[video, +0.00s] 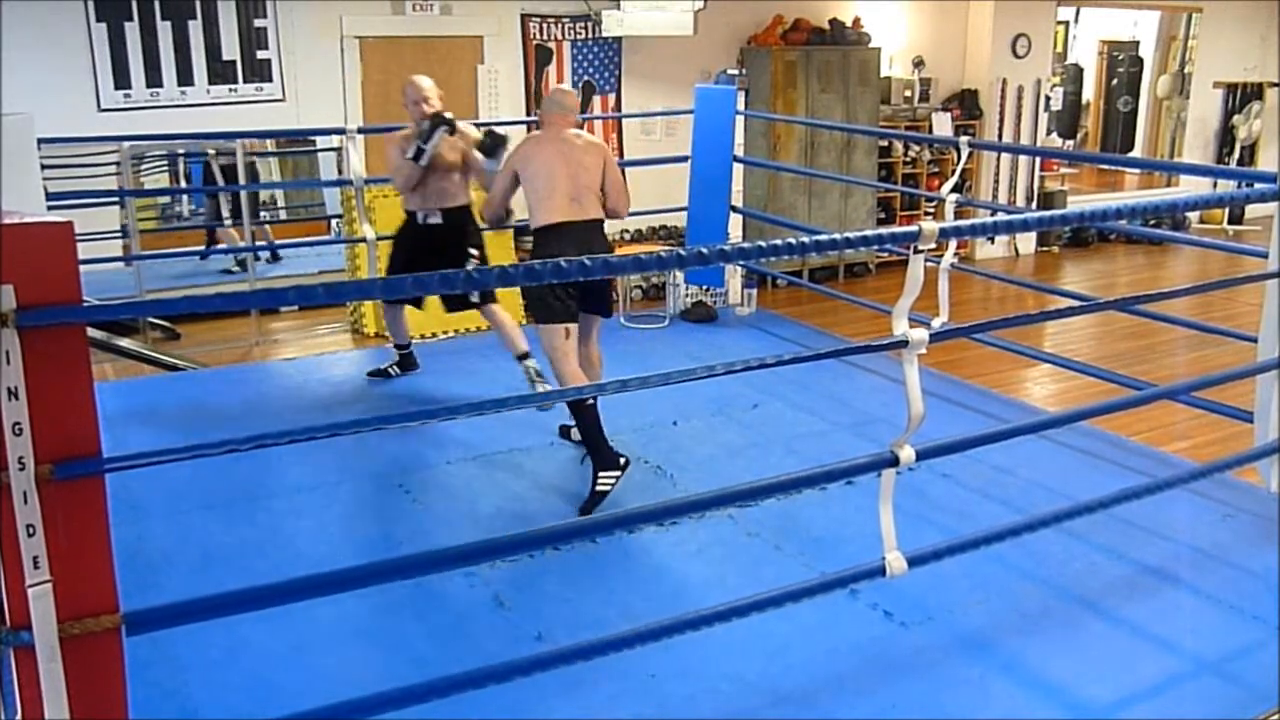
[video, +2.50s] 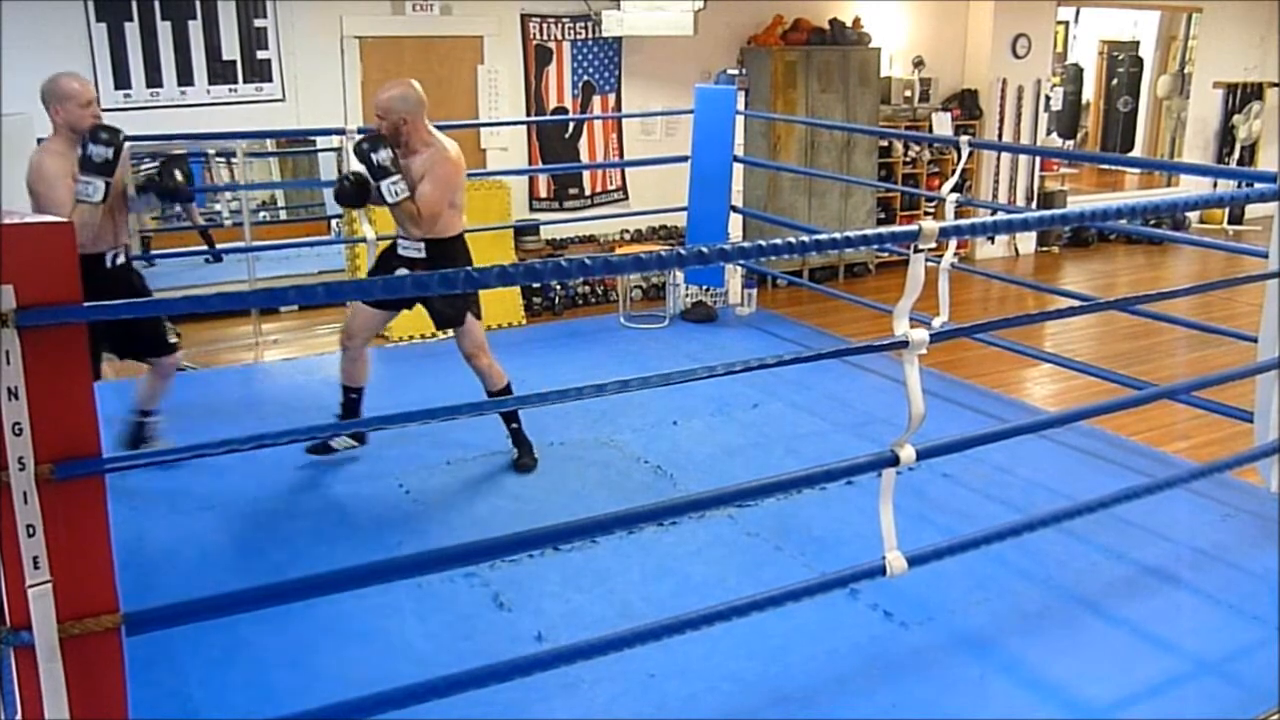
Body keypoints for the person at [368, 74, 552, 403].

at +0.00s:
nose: (422, 109)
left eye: (426, 101)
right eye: (415, 104)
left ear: (441, 99)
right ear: (405, 108)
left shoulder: (462, 133)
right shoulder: (399, 141)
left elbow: (488, 181)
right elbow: (403, 184)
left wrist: (492, 156)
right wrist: (425, 143)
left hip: (459, 224)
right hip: (417, 227)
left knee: (485, 302)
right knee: (391, 297)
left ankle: (531, 369)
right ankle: (405, 358)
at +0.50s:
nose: (361, 91)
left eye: (365, 83)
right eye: (353, 85)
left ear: (375, 84)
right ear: (342, 88)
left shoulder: (394, 122)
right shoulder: (331, 124)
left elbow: (415, 181)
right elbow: (322, 177)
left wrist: (405, 157)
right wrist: (348, 147)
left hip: (386, 210)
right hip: (345, 213)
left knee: (391, 292)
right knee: (321, 289)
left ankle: (406, 359)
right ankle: (337, 348)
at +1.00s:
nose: (296, 99)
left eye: (301, 92)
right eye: (288, 93)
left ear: (309, 92)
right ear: (272, 94)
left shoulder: (324, 129)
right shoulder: (255, 128)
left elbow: (350, 183)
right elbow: (249, 185)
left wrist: (343, 135)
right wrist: (269, 141)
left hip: (316, 223)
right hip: (270, 225)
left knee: (329, 311)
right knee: (263, 310)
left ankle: (346, 387)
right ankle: (266, 380)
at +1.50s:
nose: (206, 118)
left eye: (209, 110)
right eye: (197, 112)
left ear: (213, 111)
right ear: (177, 116)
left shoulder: (229, 153)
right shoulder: (157, 155)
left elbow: (250, 208)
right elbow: (158, 217)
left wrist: (258, 163)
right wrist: (179, 175)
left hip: (224, 251)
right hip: (171, 256)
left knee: (272, 326)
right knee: (149, 342)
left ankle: (330, 389)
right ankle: (139, 415)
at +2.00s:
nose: (171, 132)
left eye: (175, 123)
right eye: (161, 126)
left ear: (179, 120)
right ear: (137, 126)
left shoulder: (196, 155)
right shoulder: (119, 163)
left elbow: (227, 209)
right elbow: (132, 231)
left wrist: (219, 153)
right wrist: (143, 180)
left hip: (200, 264)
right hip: (144, 269)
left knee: (245, 345)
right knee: (120, 363)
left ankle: (281, 414)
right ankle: (107, 421)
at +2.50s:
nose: (96, 111)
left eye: (96, 103)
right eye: (85, 106)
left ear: (97, 102)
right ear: (57, 114)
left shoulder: (106, 147)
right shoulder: (46, 163)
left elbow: (124, 204)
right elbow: (79, 238)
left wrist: (155, 192)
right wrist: (94, 176)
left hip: (117, 269)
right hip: (73, 276)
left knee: (166, 357)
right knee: (81, 378)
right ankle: (75, 458)